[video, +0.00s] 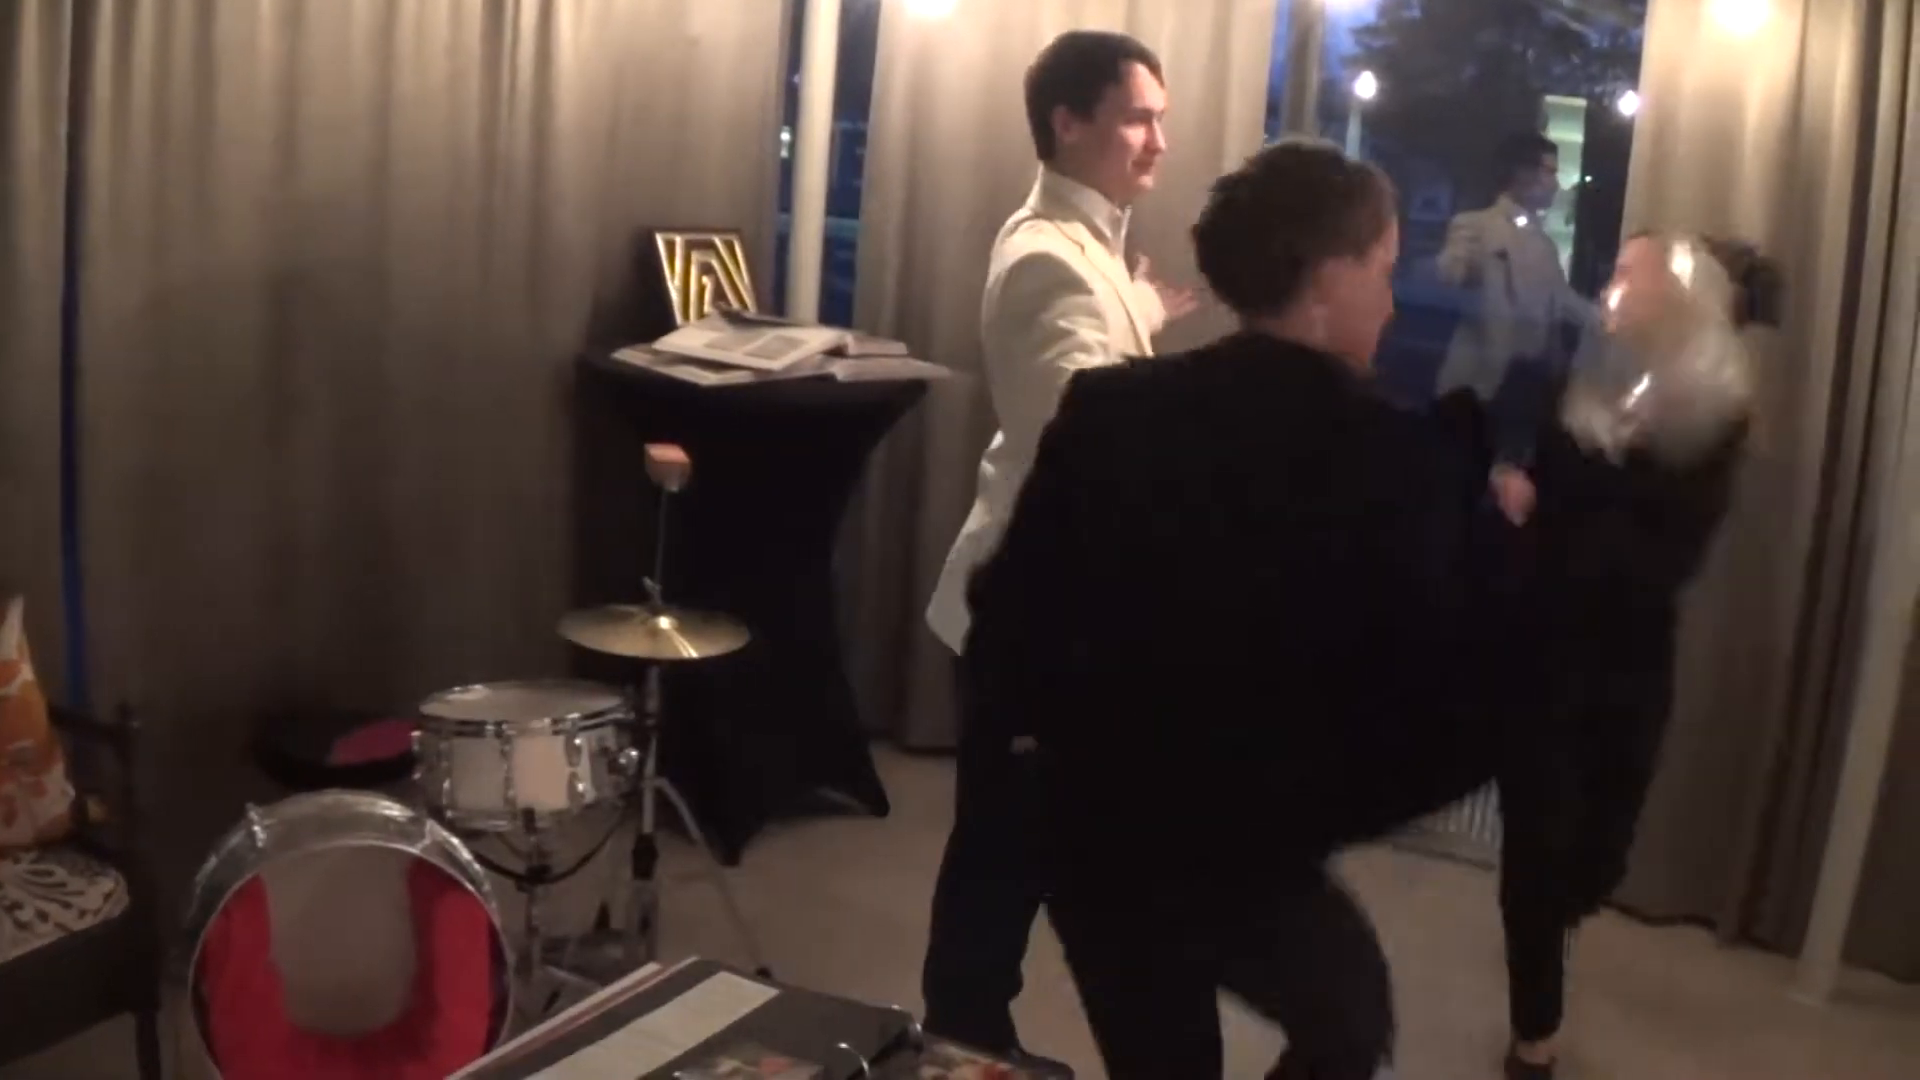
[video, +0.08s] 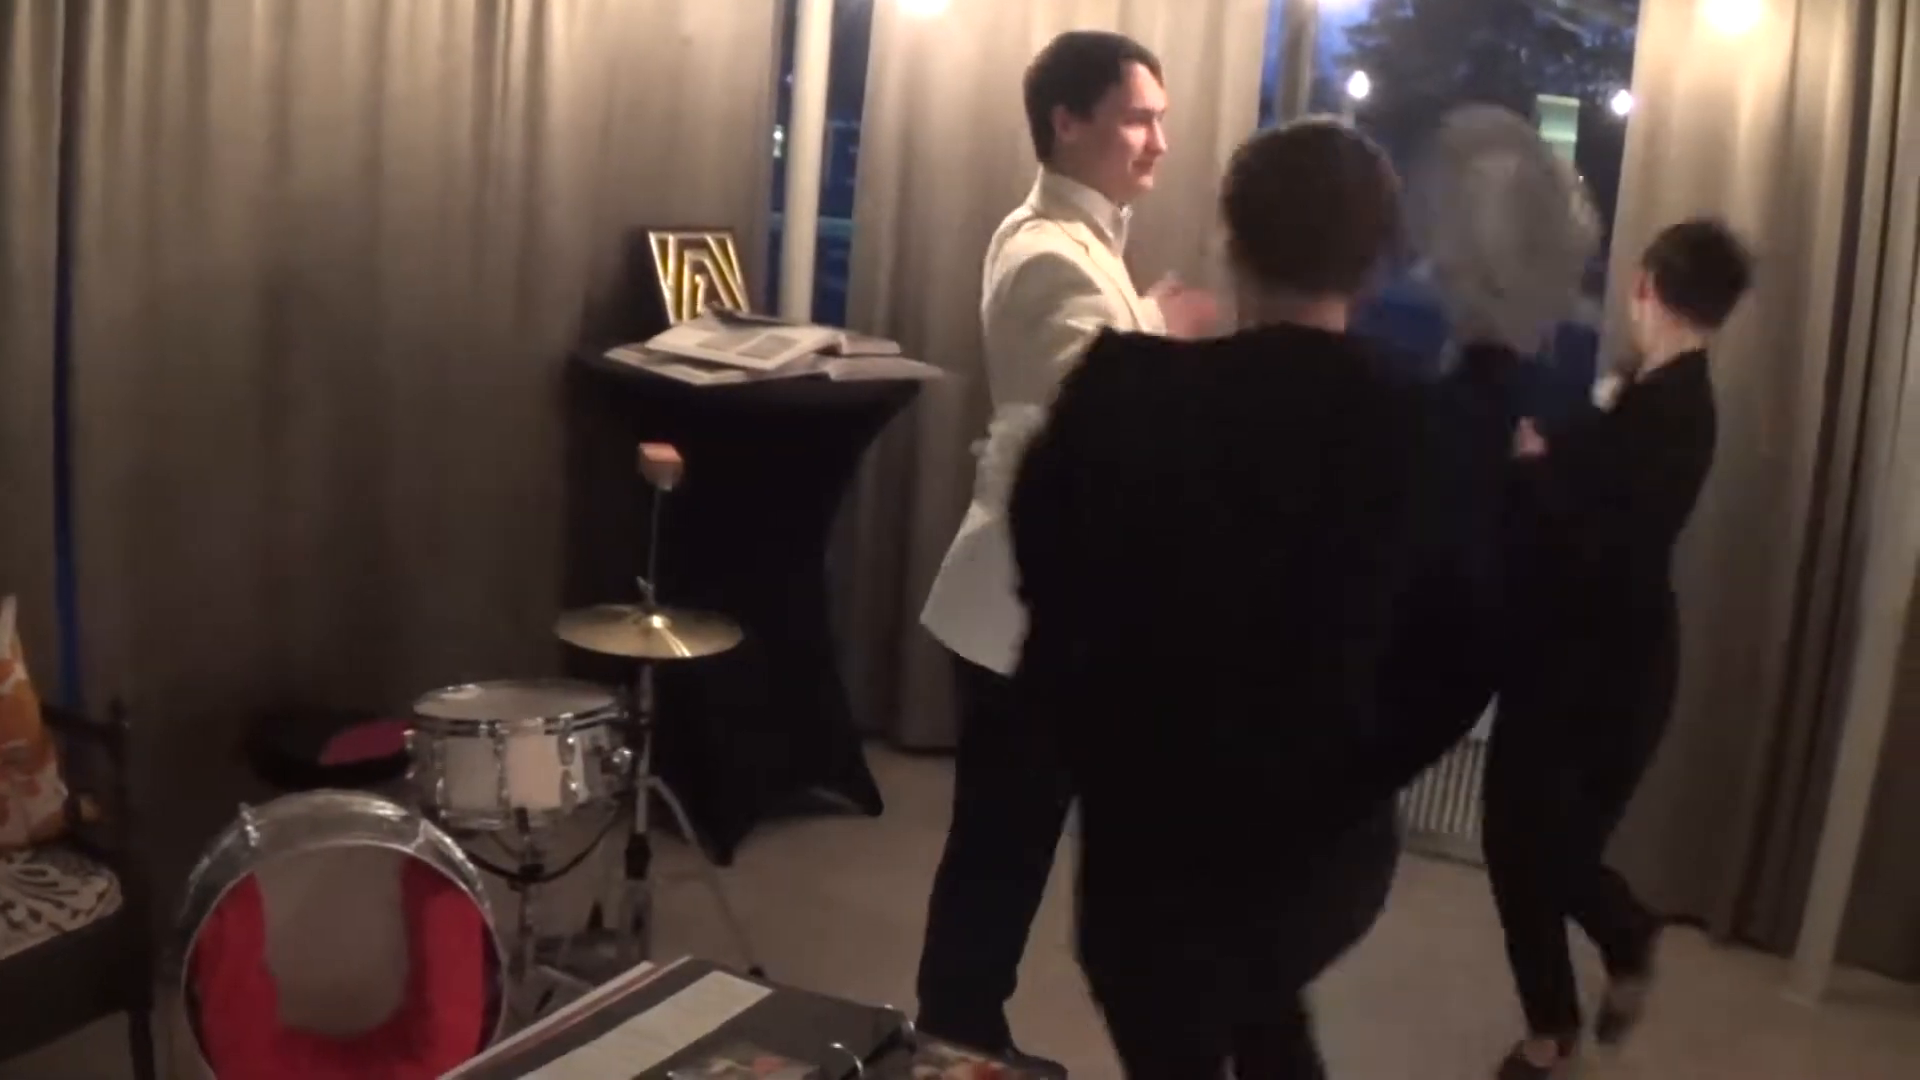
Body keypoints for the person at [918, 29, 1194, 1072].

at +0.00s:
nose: (1160, 141)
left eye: (1161, 121)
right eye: (1141, 120)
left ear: (1094, 128)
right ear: (1069, 125)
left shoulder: (1083, 238)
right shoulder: (1048, 262)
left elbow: (1106, 363)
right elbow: (1097, 444)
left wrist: (1148, 316)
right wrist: (1158, 330)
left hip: (1046, 590)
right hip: (1016, 603)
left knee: (1020, 826)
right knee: (1001, 832)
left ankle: (973, 1028)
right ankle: (968, 1035)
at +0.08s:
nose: (1158, 141)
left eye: (1161, 121)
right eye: (1140, 120)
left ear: (1084, 129)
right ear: (1068, 125)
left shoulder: (1076, 238)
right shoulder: (1055, 261)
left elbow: (1112, 405)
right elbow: (1122, 438)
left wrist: (1168, 339)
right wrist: (1174, 341)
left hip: (1037, 592)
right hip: (1025, 606)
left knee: (1013, 823)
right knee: (1004, 829)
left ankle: (967, 1026)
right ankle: (962, 1032)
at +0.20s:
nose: (1171, 141)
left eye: (1171, 121)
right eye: (1154, 120)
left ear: (1084, 130)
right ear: (1084, 126)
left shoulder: (1027, 239)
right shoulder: (1083, 262)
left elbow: (1101, 407)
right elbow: (1149, 442)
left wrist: (1172, 419)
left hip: (1011, 595)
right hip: (1051, 615)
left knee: (1002, 840)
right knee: (1016, 850)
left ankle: (953, 1037)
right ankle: (961, 1044)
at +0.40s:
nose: (1168, 152)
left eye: (1168, 127)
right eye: (1152, 124)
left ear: (1082, 144)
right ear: (1098, 134)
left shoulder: (1005, 263)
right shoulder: (1142, 281)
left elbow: (970, 406)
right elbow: (1162, 438)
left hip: (992, 595)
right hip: (1082, 610)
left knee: (1016, 835)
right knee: (1053, 853)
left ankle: (945, 1040)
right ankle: (959, 1048)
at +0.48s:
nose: (1200, 175)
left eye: (1202, 151)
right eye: (1184, 149)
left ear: (1098, 157)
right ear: (1118, 152)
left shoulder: (1011, 263)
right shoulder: (1155, 295)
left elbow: (969, 385)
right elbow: (1249, 389)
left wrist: (1043, 451)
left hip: (1005, 617)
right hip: (1089, 638)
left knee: (1016, 850)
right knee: (1055, 877)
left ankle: (959, 1045)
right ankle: (955, 1053)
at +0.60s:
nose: (1229, 183)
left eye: (1231, 162)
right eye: (1213, 161)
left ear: (1126, 167)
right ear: (1142, 161)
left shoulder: (1029, 252)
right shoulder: (1167, 291)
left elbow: (955, 339)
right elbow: (1309, 369)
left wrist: (1027, 435)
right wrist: (1400, 255)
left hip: (997, 613)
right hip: (1087, 634)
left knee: (1024, 838)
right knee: (1131, 855)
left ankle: (958, 1044)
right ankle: (988, 1051)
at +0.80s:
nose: (1281, 172)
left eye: (1284, 149)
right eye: (1268, 147)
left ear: (1182, 144)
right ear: (1192, 141)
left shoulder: (1064, 216)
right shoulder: (1228, 280)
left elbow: (952, 293)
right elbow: (1365, 363)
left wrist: (992, 418)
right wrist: (1515, 334)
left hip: (1019, 581)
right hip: (1146, 616)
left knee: (969, 801)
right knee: (1201, 843)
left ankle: (872, 1031)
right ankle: (1131, 1065)